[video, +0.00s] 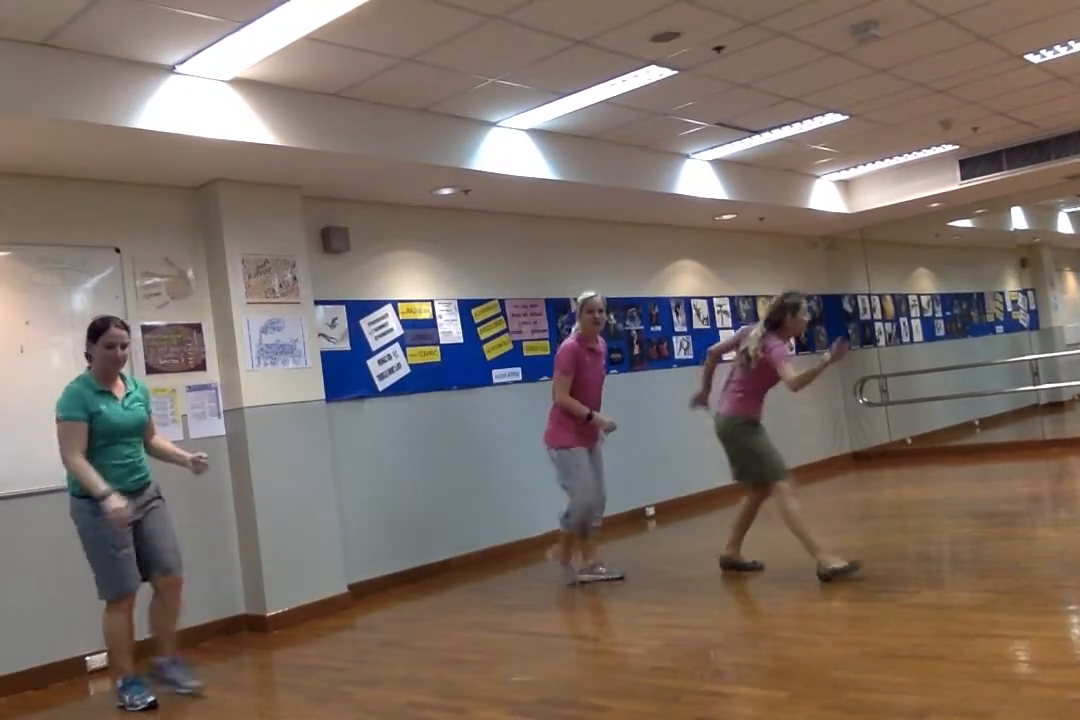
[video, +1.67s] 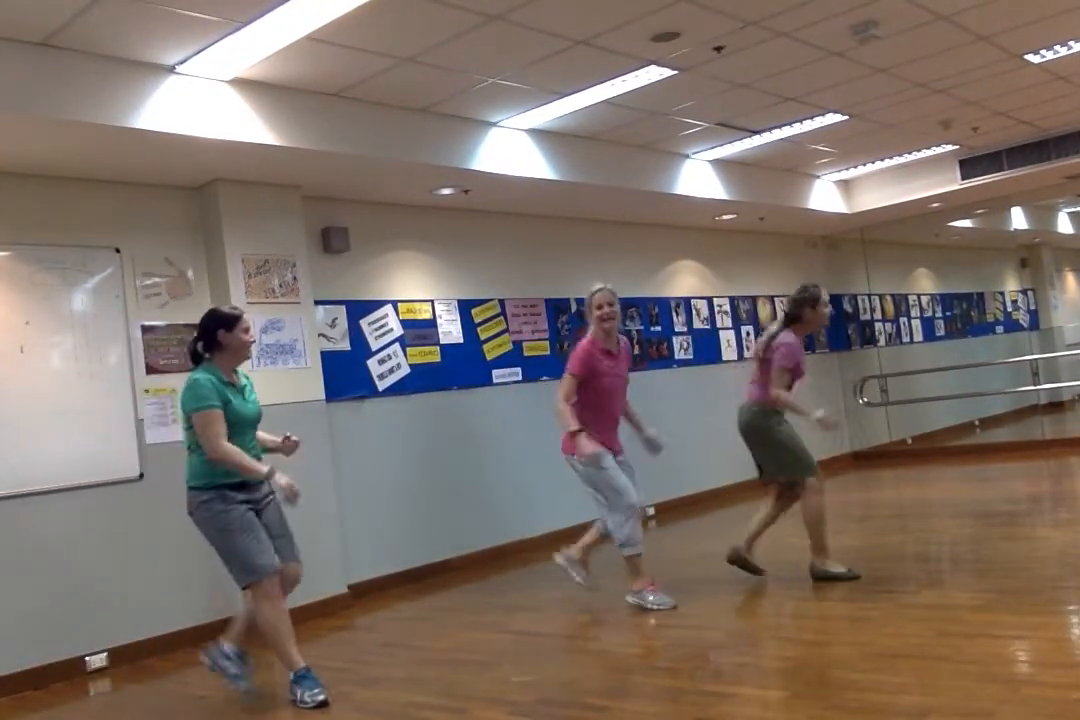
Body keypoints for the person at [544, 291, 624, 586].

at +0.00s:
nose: (597, 316)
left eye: (601, 312)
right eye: (591, 312)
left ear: (605, 315)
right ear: (580, 316)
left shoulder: (600, 348)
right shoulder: (569, 350)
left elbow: (590, 390)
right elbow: (560, 396)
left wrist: (593, 423)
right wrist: (596, 417)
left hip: (587, 434)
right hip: (564, 436)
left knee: (595, 498)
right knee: (584, 497)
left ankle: (588, 561)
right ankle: (561, 553)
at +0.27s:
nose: (593, 314)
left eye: (597, 310)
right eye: (587, 310)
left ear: (603, 314)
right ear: (576, 314)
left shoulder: (602, 349)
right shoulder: (562, 346)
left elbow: (588, 391)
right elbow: (546, 393)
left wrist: (586, 425)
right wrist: (558, 427)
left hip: (585, 435)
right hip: (555, 434)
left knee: (591, 500)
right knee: (563, 499)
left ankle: (589, 563)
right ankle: (549, 549)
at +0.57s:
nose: (565, 311)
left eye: (570, 306)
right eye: (560, 307)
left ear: (576, 310)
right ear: (549, 312)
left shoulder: (585, 349)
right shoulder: (537, 347)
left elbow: (588, 393)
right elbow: (519, 391)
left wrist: (611, 419)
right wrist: (505, 432)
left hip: (574, 440)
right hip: (541, 441)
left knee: (587, 504)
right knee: (546, 509)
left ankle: (589, 563)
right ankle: (549, 584)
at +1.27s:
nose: (560, 301)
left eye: (565, 295)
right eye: (554, 297)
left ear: (574, 302)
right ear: (544, 305)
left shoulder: (590, 342)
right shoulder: (534, 344)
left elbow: (605, 388)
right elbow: (525, 393)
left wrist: (625, 430)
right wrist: (526, 434)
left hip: (590, 437)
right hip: (552, 436)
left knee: (587, 513)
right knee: (574, 498)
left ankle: (573, 591)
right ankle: (544, 559)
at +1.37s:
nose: (569, 300)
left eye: (574, 294)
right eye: (562, 296)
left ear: (583, 300)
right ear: (553, 303)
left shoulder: (597, 340)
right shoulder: (543, 342)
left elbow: (618, 386)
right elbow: (530, 390)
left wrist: (643, 414)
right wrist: (526, 436)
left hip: (595, 435)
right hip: (561, 434)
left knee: (587, 513)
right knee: (602, 489)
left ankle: (573, 591)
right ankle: (580, 576)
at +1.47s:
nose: (580, 299)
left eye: (585, 294)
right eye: (573, 295)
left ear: (594, 300)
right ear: (564, 303)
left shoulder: (606, 339)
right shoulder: (555, 341)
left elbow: (628, 382)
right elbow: (539, 391)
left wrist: (651, 402)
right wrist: (531, 435)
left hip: (602, 434)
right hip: (571, 435)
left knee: (598, 512)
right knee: (610, 496)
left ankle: (573, 590)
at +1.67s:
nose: (607, 311)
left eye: (611, 305)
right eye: (600, 307)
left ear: (619, 309)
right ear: (590, 314)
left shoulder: (623, 347)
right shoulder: (585, 350)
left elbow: (619, 397)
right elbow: (563, 401)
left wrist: (643, 431)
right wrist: (580, 436)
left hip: (612, 442)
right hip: (586, 444)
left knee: (626, 508)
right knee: (627, 503)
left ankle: (576, 553)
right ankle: (640, 584)